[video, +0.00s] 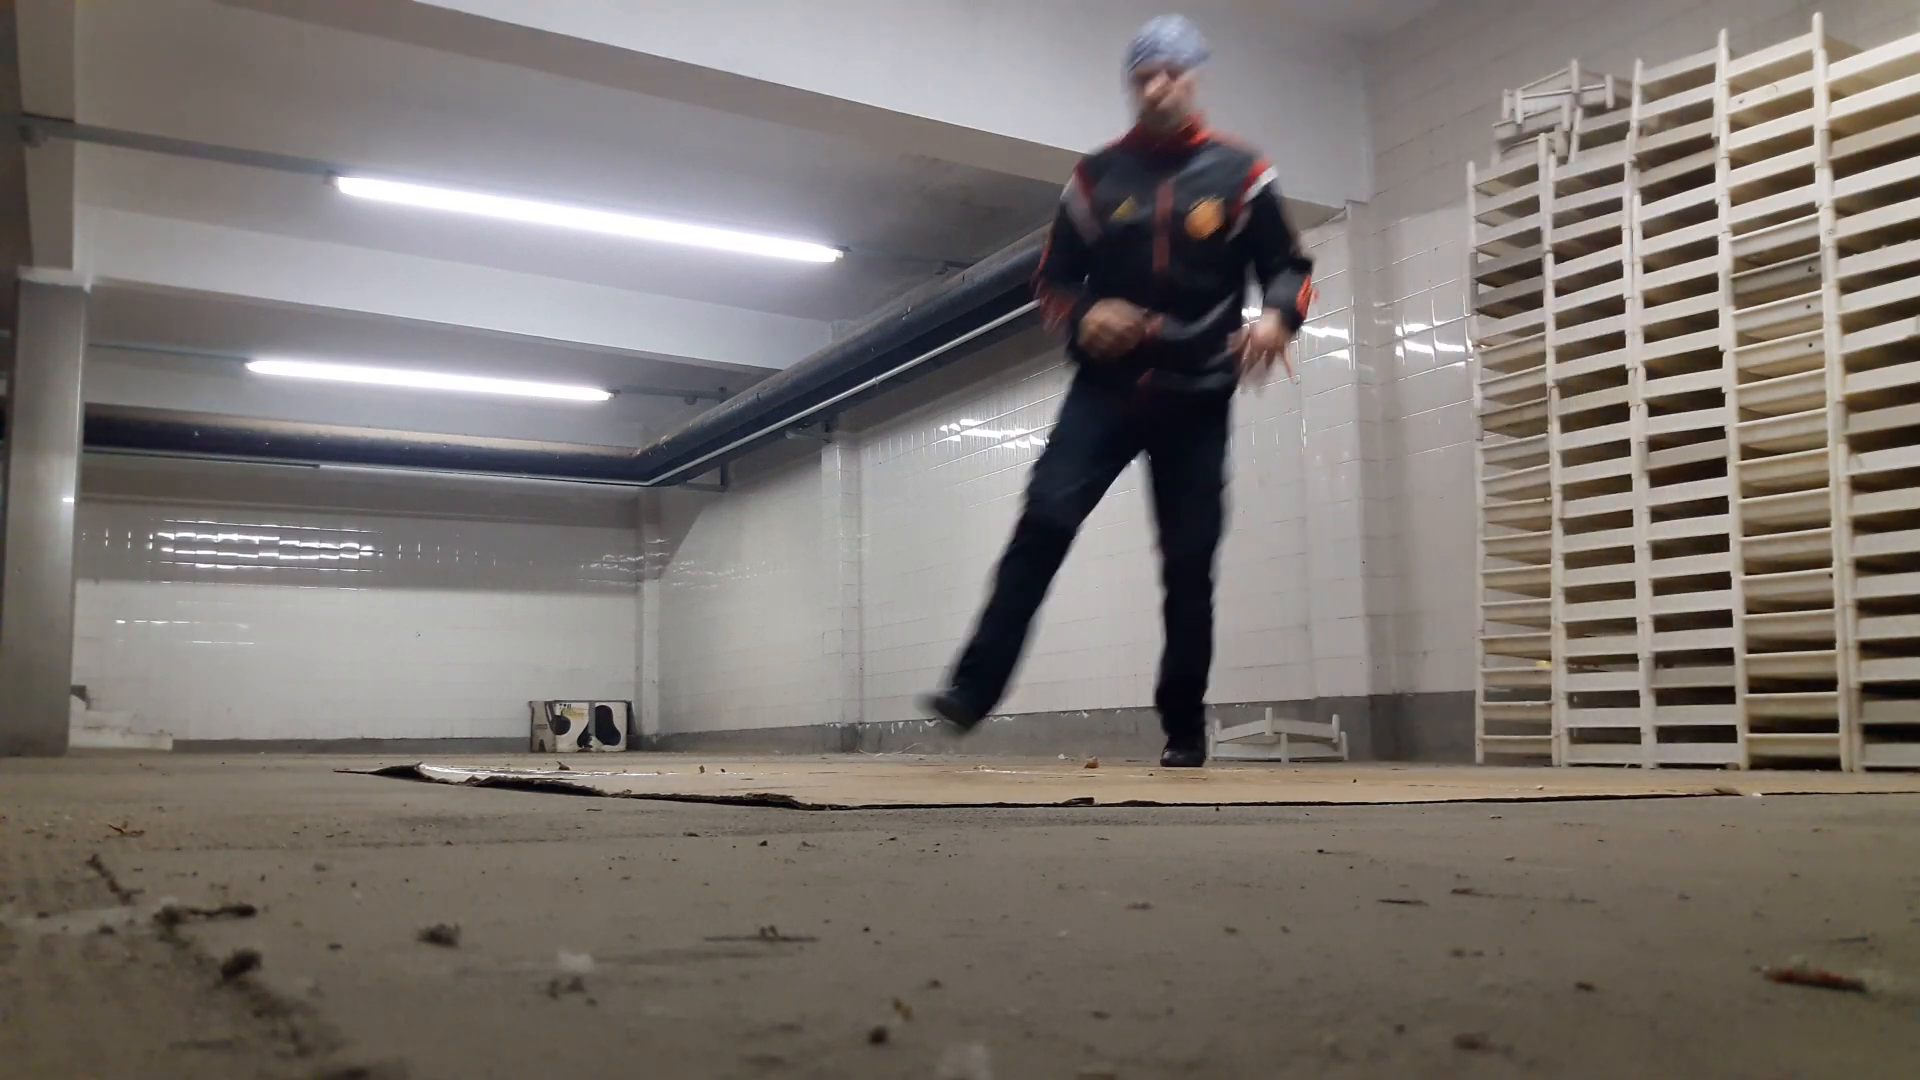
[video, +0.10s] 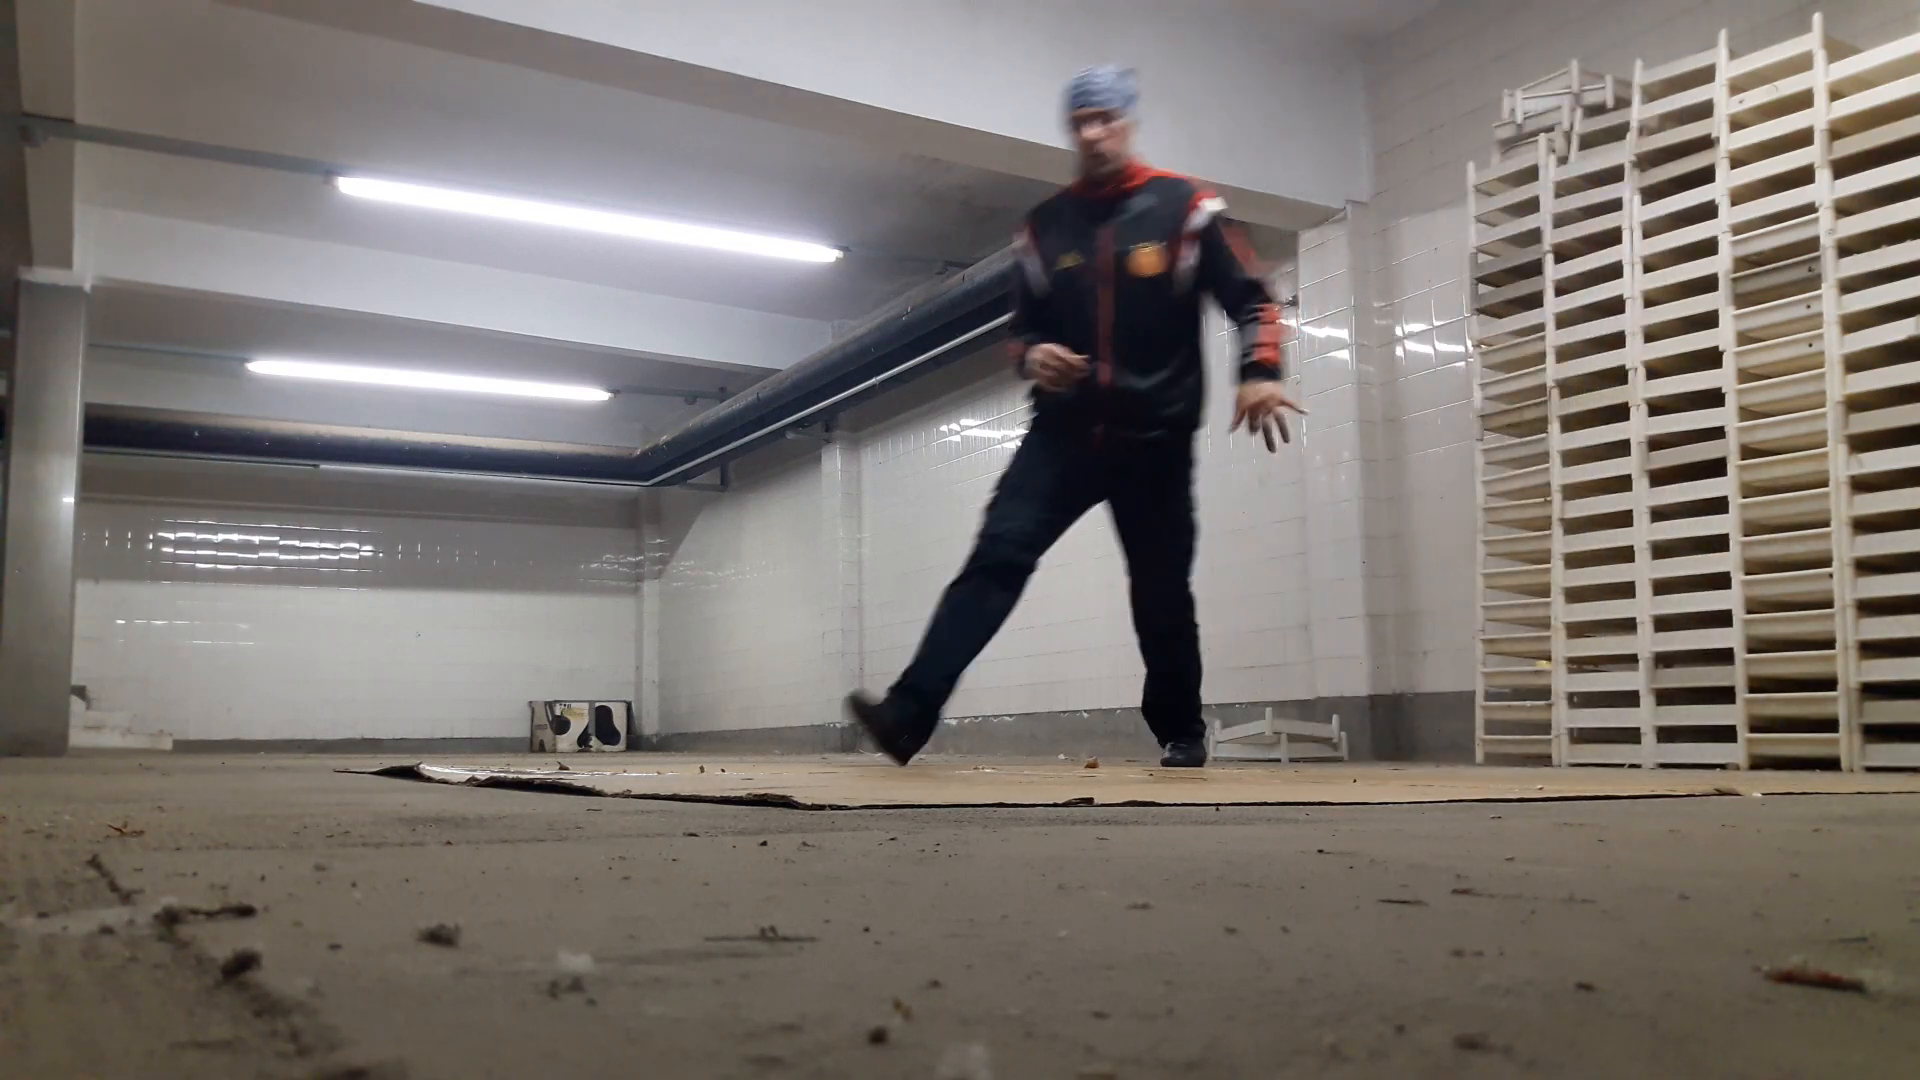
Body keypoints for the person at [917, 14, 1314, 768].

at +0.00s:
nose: (1159, 89)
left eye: (1172, 75)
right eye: (1145, 79)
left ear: (1198, 79)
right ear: (1130, 89)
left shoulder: (1240, 172)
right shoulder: (1097, 175)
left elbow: (1288, 266)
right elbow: (1052, 281)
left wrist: (1277, 317)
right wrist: (1084, 317)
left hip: (1195, 396)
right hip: (1106, 390)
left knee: (1190, 569)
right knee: (1044, 520)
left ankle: (1183, 728)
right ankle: (970, 692)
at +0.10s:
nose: (1094, 134)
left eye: (1106, 120)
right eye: (1081, 124)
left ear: (1131, 123)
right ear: (1068, 134)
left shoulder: (1186, 207)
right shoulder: (1044, 227)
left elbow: (1251, 297)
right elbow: (1019, 333)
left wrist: (1260, 373)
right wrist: (1032, 356)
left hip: (1153, 441)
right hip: (1064, 436)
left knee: (1162, 596)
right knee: (997, 557)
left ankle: (1182, 735)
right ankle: (908, 716)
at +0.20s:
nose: (1022, 128)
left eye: (1034, 114)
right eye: (1010, 118)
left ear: (1063, 117)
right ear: (1000, 128)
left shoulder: (1119, 188)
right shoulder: (986, 219)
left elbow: (1196, 287)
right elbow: (973, 324)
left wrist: (1189, 376)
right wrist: (974, 348)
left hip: (1100, 434)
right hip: (1014, 431)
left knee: (1134, 590)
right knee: (952, 556)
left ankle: (1181, 729)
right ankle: (889, 724)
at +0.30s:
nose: (955, 108)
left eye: (967, 94)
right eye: (943, 98)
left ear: (996, 94)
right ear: (931, 107)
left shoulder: (1051, 165)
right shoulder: (928, 193)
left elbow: (1128, 272)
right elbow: (927, 286)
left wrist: (1086, 370)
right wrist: (914, 336)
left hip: (1034, 404)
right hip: (953, 404)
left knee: (1062, 559)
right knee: (905, 547)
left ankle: (1145, 681)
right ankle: (879, 728)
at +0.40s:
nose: (906, 93)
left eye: (919, 78)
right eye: (893, 81)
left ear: (948, 81)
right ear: (881, 90)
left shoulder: (1001, 153)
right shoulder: (874, 182)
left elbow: (1066, 271)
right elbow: (872, 277)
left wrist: (1012, 354)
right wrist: (855, 334)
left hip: (977, 390)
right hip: (900, 395)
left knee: (977, 524)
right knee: (858, 540)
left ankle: (1066, 655)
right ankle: (875, 730)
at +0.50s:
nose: (868, 56)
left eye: (881, 40)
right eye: (855, 44)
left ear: (911, 44)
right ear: (844, 56)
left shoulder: (962, 120)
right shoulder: (833, 148)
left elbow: (1029, 239)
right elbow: (837, 250)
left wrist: (961, 310)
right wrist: (809, 303)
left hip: (939, 341)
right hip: (861, 351)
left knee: (903, 475)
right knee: (844, 521)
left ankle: (962, 697)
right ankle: (873, 721)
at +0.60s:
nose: (833, 14)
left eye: (846, 1)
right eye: (821, 5)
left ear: (878, 7)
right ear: (812, 18)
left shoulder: (924, 76)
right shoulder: (804, 108)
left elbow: (997, 198)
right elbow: (809, 224)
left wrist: (919, 277)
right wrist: (778, 268)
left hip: (902, 318)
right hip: (832, 327)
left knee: (852, 476)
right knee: (832, 494)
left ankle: (840, 698)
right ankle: (872, 704)